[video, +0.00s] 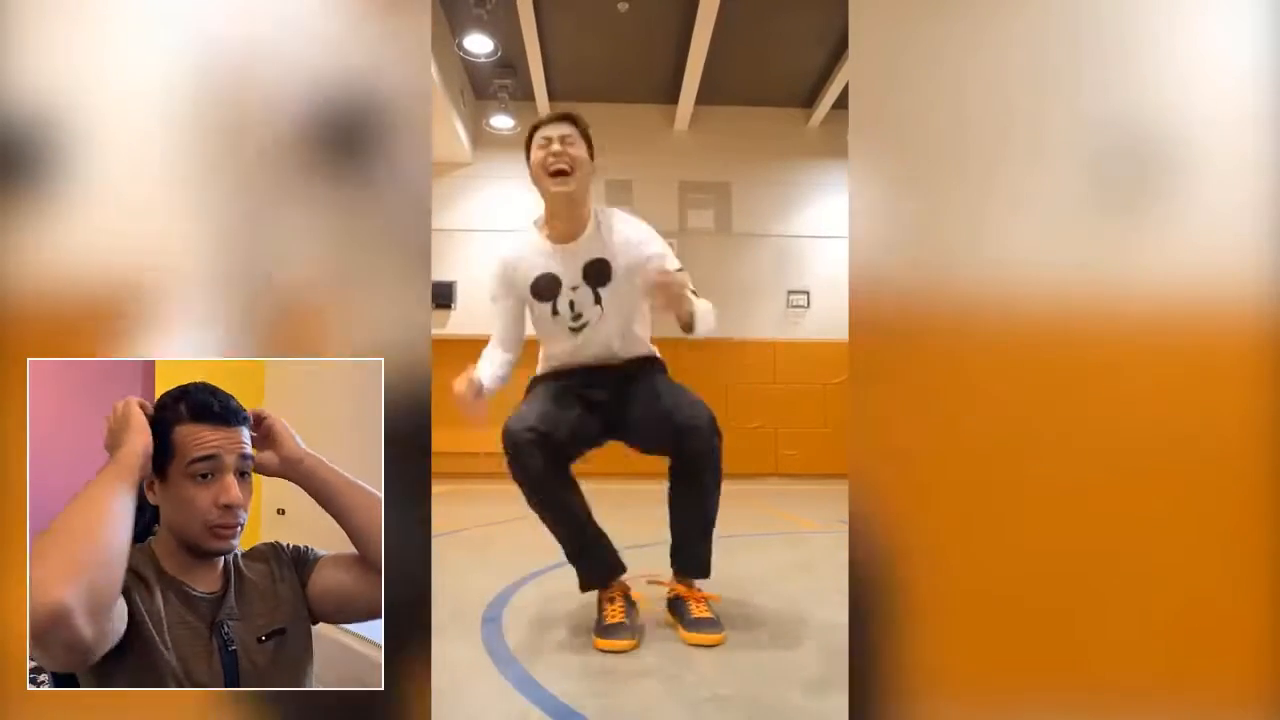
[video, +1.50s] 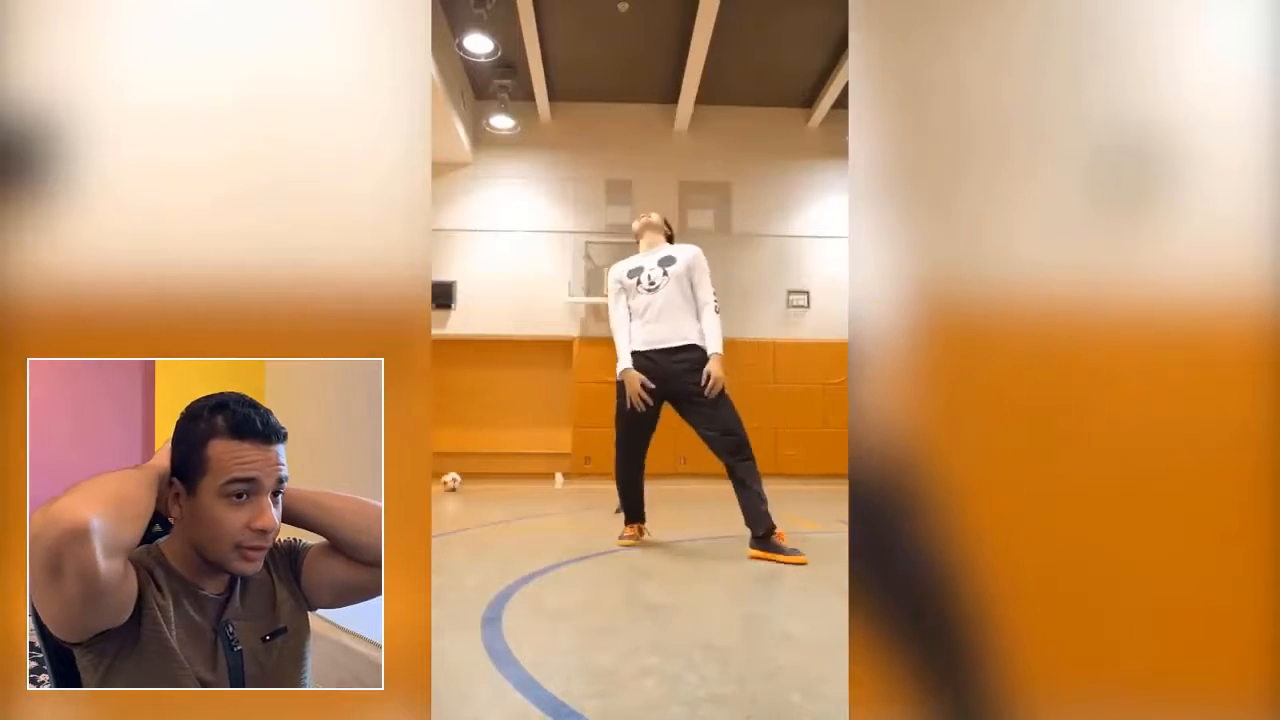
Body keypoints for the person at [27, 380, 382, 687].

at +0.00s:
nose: (233, 497)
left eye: (241, 473)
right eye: (204, 475)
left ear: (254, 477)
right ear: (154, 486)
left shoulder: (281, 574)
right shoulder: (120, 586)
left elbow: (403, 569)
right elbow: (57, 613)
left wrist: (299, 463)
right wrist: (126, 461)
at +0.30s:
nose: (239, 515)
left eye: (251, 488)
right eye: (210, 489)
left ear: (261, 487)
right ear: (159, 494)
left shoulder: (278, 569)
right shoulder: (113, 597)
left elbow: (389, 535)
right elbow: (57, 543)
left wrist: (262, 448)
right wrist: (134, 443)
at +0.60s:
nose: (242, 520)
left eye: (254, 492)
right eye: (213, 493)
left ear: (264, 490)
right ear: (160, 497)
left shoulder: (280, 569)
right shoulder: (115, 598)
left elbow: (394, 532)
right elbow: (70, 537)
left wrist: (262, 465)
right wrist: (143, 457)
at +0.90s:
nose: (250, 524)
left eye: (261, 493)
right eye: (219, 497)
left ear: (268, 493)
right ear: (168, 503)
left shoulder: (284, 571)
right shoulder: (121, 602)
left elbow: (398, 548)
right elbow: (81, 551)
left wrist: (264, 489)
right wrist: (145, 474)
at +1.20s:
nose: (259, 523)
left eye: (268, 494)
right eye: (227, 496)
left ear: (273, 495)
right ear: (173, 503)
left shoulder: (286, 574)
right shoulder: (121, 601)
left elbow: (400, 555)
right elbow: (81, 545)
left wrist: (268, 493)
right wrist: (151, 473)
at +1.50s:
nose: (267, 522)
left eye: (276, 494)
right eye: (239, 495)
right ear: (177, 501)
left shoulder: (283, 573)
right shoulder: (117, 598)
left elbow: (397, 551)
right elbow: (72, 534)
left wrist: (270, 494)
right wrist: (156, 473)